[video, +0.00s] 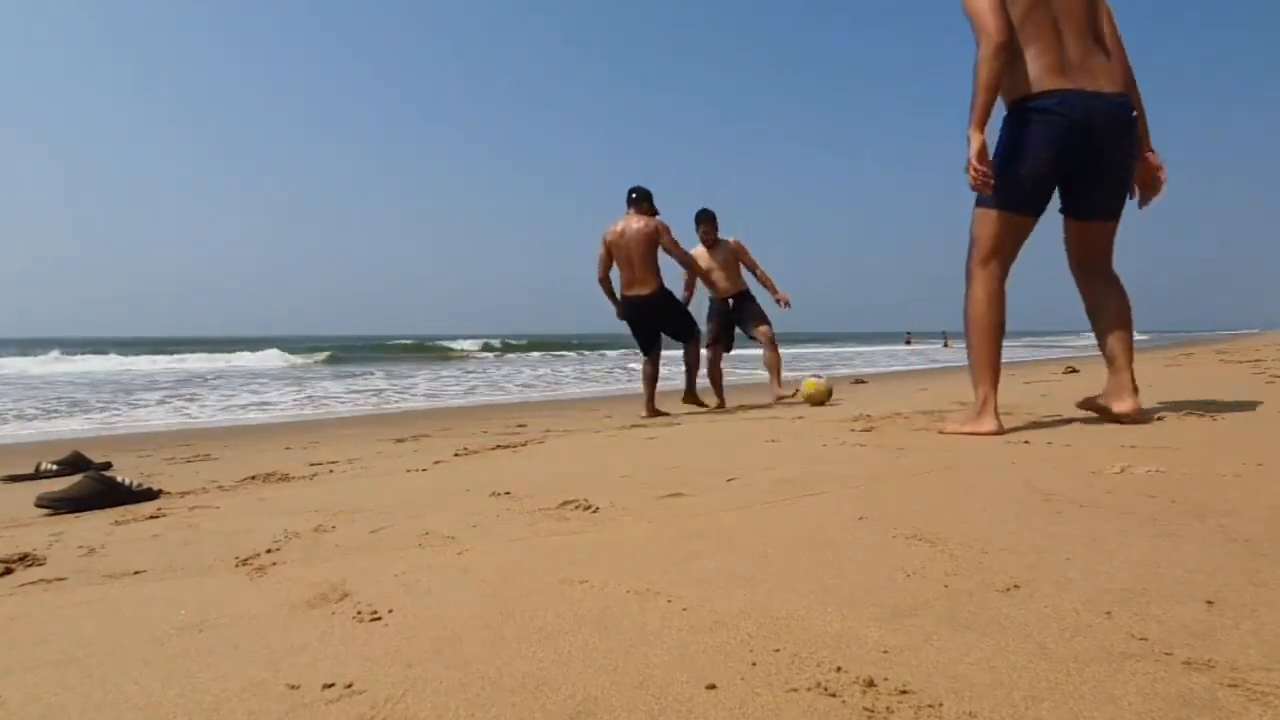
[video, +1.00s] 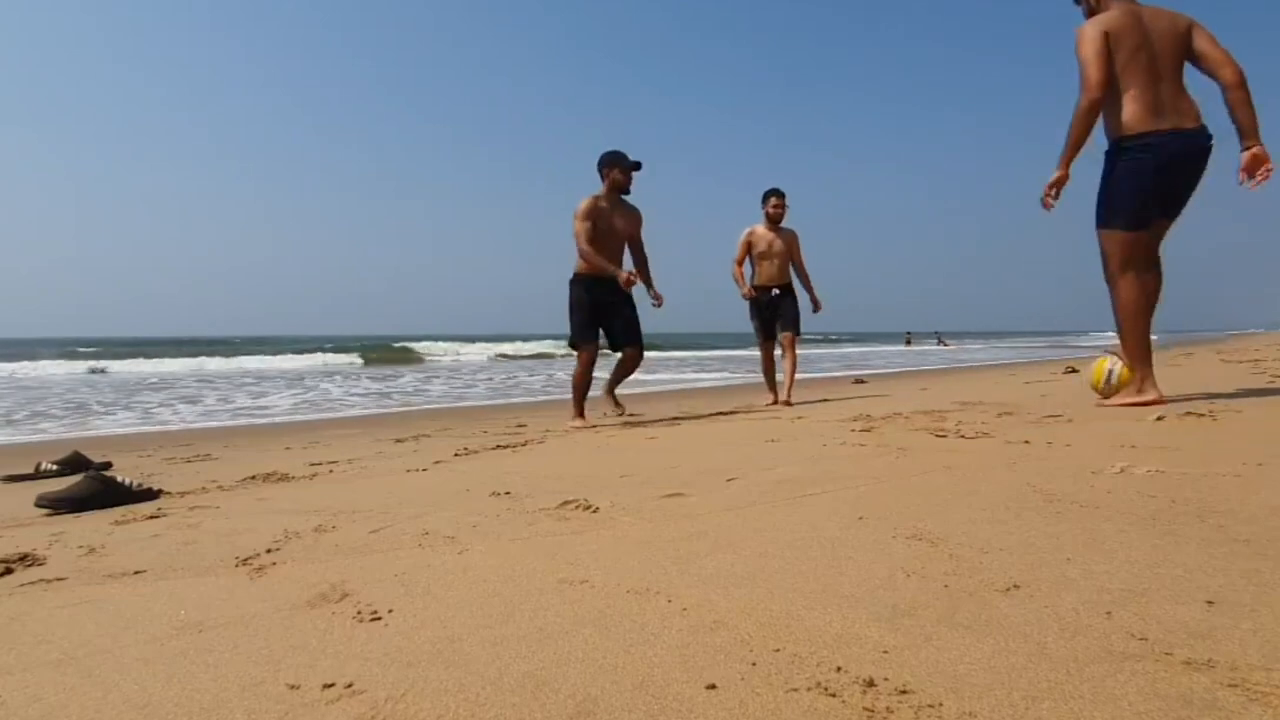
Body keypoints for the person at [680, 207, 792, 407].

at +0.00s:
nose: (707, 235)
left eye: (710, 230)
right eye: (703, 231)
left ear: (717, 229)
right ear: (697, 232)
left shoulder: (733, 247)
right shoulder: (695, 257)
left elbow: (756, 270)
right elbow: (688, 290)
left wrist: (776, 293)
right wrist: (680, 314)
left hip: (742, 299)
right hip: (718, 304)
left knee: (767, 336)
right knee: (713, 353)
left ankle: (777, 389)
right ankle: (720, 400)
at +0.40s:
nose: (732, 214)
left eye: (735, 210)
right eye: (727, 210)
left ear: (738, 212)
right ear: (717, 214)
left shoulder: (750, 236)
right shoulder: (708, 244)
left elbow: (763, 262)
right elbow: (703, 274)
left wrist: (771, 289)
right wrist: (705, 300)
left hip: (753, 292)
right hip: (727, 295)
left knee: (768, 337)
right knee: (721, 350)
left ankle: (782, 393)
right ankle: (720, 398)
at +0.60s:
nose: (762, 208)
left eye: (764, 203)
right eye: (757, 203)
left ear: (768, 206)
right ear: (746, 205)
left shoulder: (774, 232)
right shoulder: (732, 234)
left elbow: (786, 260)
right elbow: (721, 265)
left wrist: (782, 277)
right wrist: (723, 295)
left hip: (769, 290)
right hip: (743, 292)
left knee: (777, 339)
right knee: (732, 345)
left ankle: (782, 393)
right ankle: (723, 395)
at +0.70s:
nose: (771, 206)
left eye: (774, 202)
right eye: (766, 201)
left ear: (777, 204)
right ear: (756, 203)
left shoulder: (783, 230)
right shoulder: (741, 230)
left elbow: (794, 258)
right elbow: (730, 260)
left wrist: (795, 279)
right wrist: (730, 289)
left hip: (776, 288)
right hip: (749, 288)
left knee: (781, 338)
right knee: (741, 343)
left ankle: (782, 393)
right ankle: (740, 392)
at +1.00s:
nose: (779, 211)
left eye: (782, 207)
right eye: (775, 207)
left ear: (785, 209)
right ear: (764, 208)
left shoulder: (790, 236)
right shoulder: (751, 234)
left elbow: (799, 267)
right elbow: (738, 264)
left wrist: (812, 294)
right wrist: (743, 286)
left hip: (785, 290)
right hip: (761, 292)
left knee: (788, 340)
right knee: (767, 345)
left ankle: (787, 394)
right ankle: (772, 394)